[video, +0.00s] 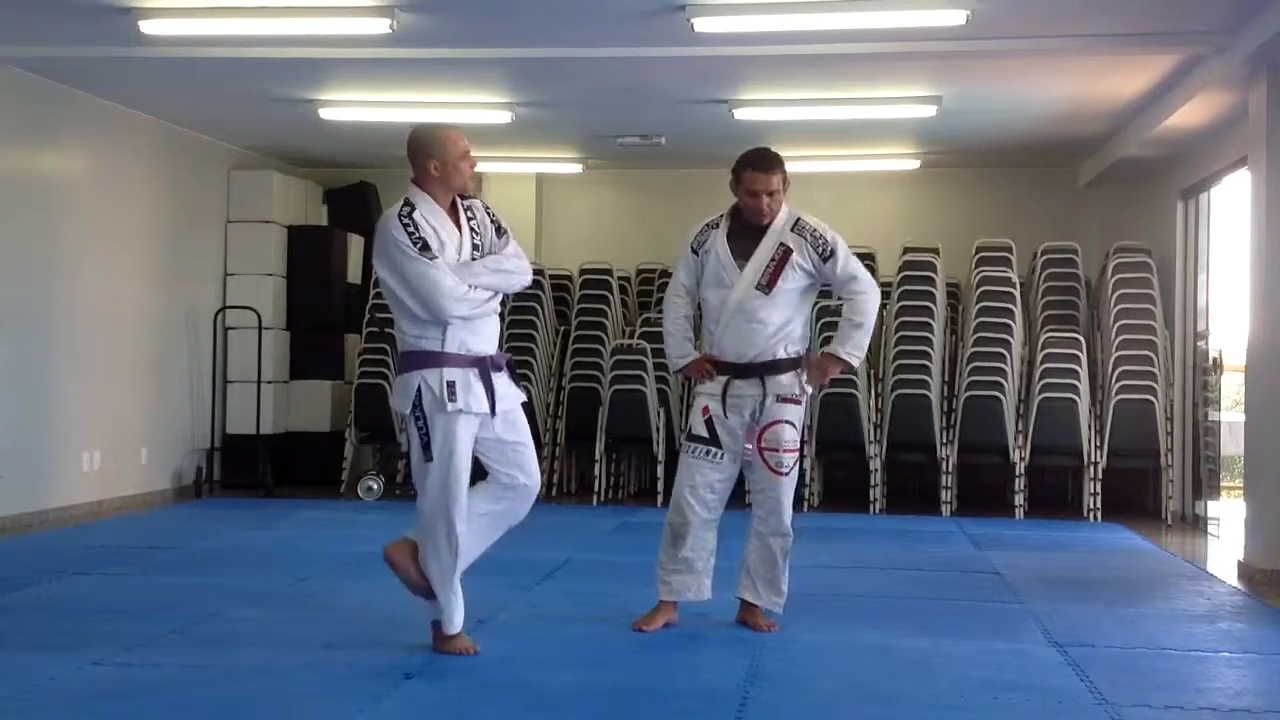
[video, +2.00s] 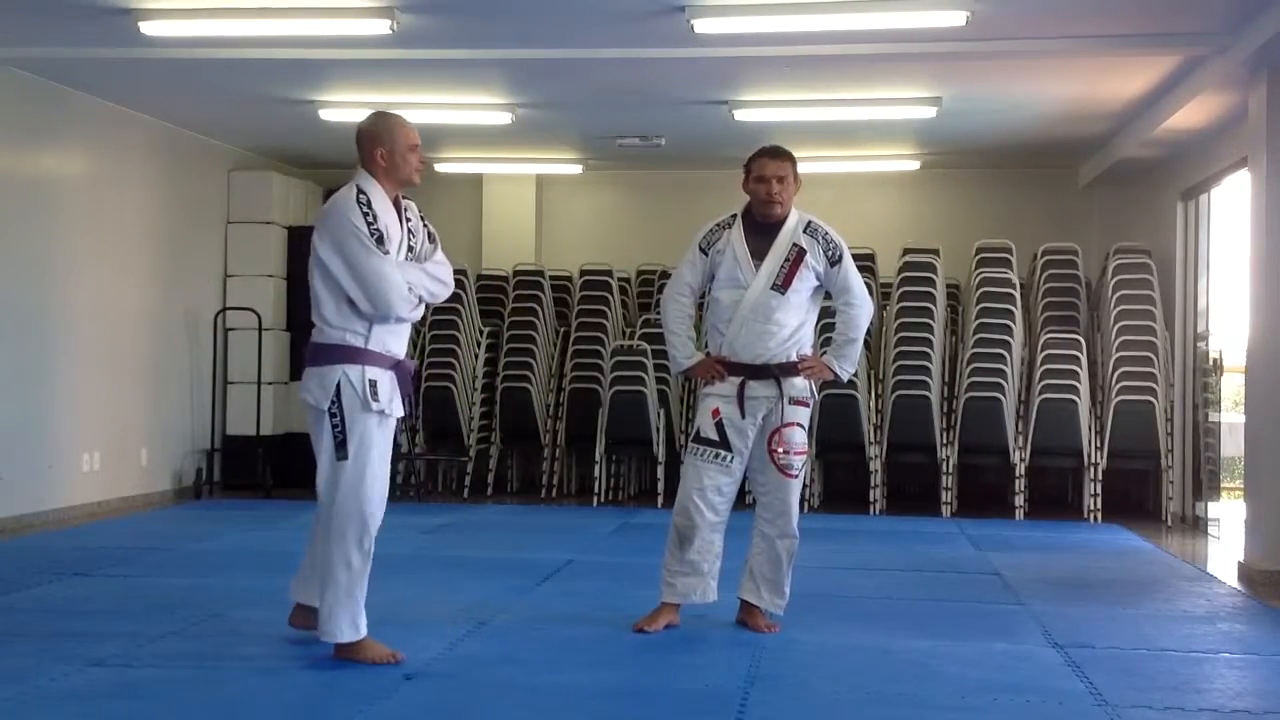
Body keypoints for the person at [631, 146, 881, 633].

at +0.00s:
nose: (765, 204)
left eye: (774, 194)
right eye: (755, 194)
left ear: (785, 191)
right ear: (734, 190)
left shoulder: (810, 238)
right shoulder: (706, 237)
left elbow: (863, 291)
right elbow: (677, 299)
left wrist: (839, 355)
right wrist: (684, 354)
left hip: (782, 388)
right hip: (717, 383)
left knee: (773, 504)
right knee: (690, 499)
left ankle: (756, 603)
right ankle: (670, 600)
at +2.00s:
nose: (771, 190)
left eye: (781, 181)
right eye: (761, 180)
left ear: (796, 187)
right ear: (745, 185)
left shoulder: (821, 242)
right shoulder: (714, 238)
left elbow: (857, 304)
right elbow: (676, 299)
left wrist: (838, 361)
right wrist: (688, 356)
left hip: (789, 389)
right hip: (723, 384)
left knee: (780, 506)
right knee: (697, 499)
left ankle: (756, 604)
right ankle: (672, 602)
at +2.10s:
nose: (770, 189)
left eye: (781, 181)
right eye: (761, 180)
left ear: (797, 187)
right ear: (746, 184)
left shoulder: (821, 242)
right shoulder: (715, 237)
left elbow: (856, 304)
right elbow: (676, 298)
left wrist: (837, 360)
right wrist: (688, 356)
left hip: (788, 390)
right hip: (723, 385)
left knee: (780, 505)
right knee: (697, 499)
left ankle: (756, 603)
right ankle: (672, 602)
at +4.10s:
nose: (744, 198)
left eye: (756, 192)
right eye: (741, 189)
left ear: (783, 195)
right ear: (737, 185)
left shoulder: (804, 236)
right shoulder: (712, 235)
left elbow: (846, 237)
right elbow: (673, 295)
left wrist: (807, 184)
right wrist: (684, 357)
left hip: (782, 386)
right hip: (719, 383)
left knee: (778, 505)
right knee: (692, 500)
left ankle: (754, 605)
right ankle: (670, 605)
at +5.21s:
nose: (747, 201)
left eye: (759, 196)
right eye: (745, 190)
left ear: (786, 200)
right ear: (742, 186)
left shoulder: (810, 239)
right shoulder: (717, 236)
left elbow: (853, 221)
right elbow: (676, 296)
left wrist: (810, 182)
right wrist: (687, 357)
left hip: (787, 389)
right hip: (723, 386)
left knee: (780, 506)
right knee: (696, 501)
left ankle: (755, 606)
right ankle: (672, 604)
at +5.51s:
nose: (741, 201)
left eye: (752, 195)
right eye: (739, 191)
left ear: (781, 197)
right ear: (735, 187)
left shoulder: (808, 236)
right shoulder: (715, 236)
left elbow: (862, 259)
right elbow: (675, 299)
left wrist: (815, 212)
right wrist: (687, 358)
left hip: (786, 388)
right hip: (722, 385)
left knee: (780, 506)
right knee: (696, 502)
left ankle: (755, 606)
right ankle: (672, 604)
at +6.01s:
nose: (738, 208)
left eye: (747, 199)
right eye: (730, 199)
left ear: (772, 193)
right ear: (723, 195)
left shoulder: (811, 237)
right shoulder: (705, 242)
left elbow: (843, 297)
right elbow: (675, 306)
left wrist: (828, 352)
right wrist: (689, 363)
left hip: (789, 390)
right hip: (725, 389)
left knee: (781, 503)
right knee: (697, 499)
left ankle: (757, 605)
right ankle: (671, 604)